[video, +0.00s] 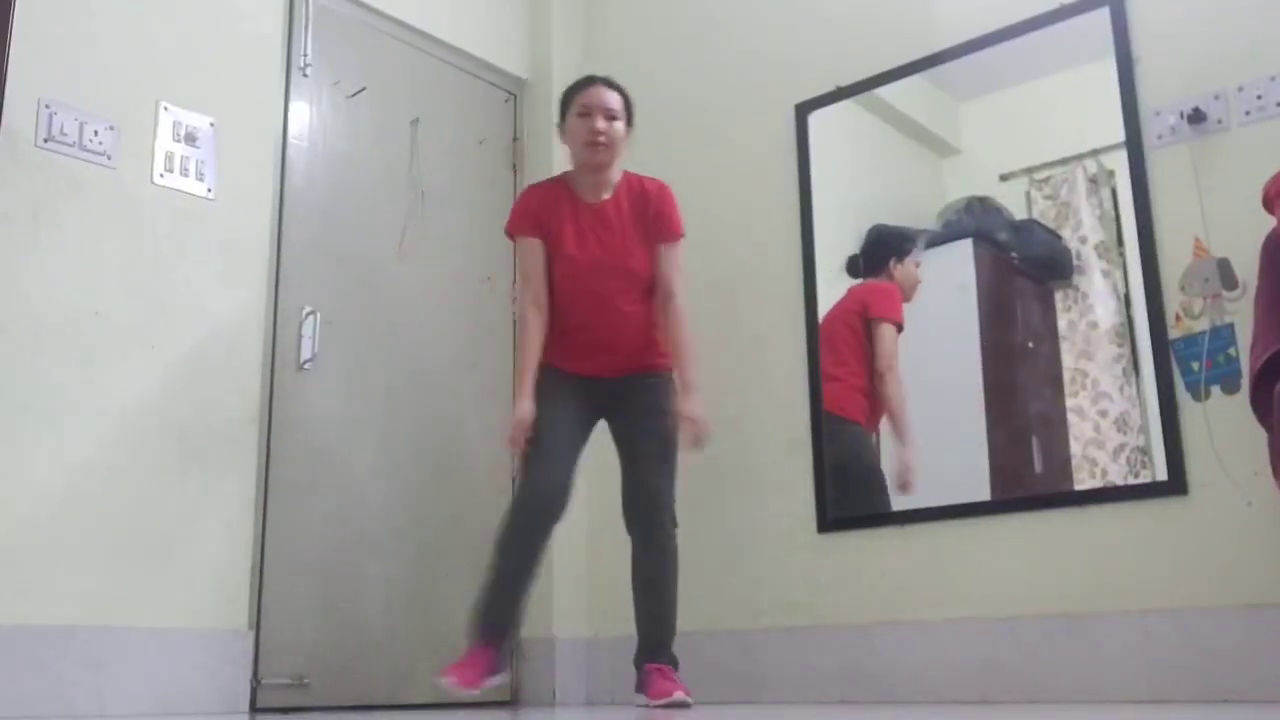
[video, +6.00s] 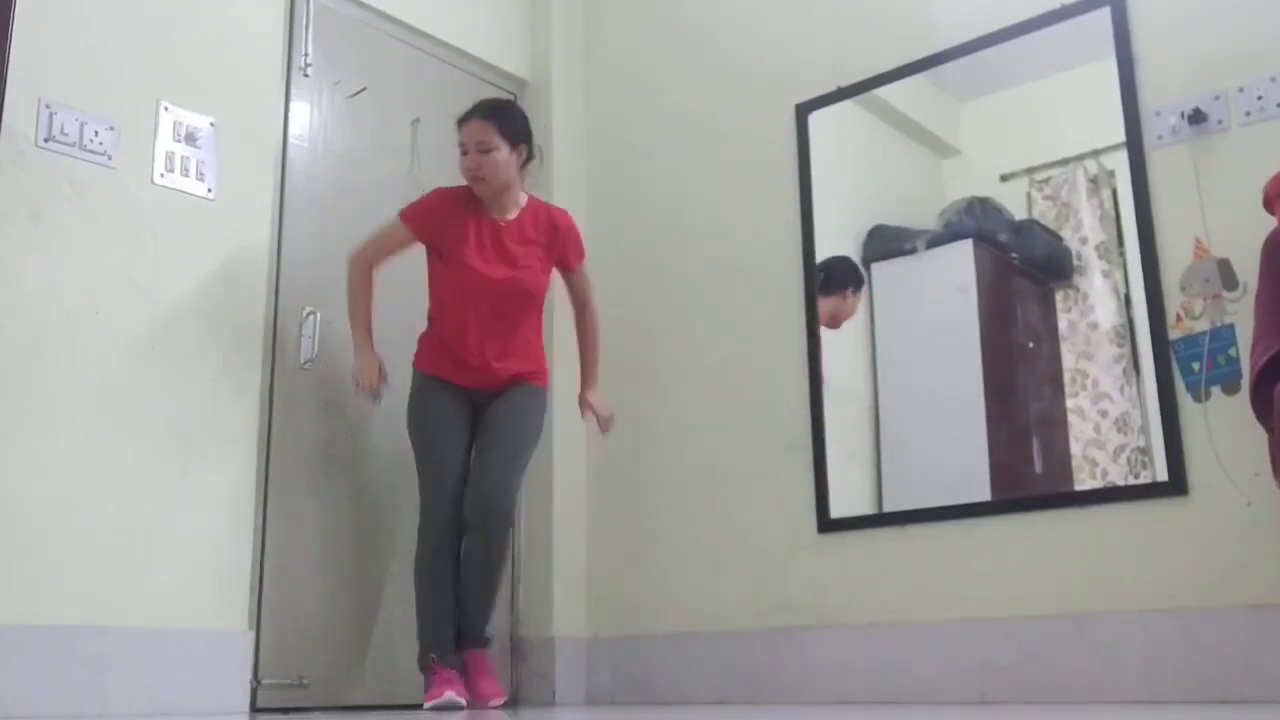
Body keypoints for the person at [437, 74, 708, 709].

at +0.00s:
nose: (600, 125)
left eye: (611, 116)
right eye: (587, 115)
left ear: (629, 133)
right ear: (563, 131)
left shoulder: (653, 200)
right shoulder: (538, 205)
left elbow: (670, 298)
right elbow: (533, 307)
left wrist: (688, 390)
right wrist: (524, 396)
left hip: (643, 378)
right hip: (564, 378)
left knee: (653, 514)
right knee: (539, 498)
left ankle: (658, 664)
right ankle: (488, 646)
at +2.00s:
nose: (528, 124)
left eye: (540, 117)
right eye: (515, 114)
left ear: (554, 137)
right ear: (491, 128)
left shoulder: (572, 198)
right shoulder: (461, 190)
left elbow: (590, 277)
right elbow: (469, 255)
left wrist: (559, 203)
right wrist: (533, 195)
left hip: (554, 376)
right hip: (475, 375)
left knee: (590, 517)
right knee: (457, 514)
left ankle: (641, 660)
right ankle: (428, 672)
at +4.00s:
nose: (503, 160)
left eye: (514, 151)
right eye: (490, 149)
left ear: (529, 167)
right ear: (467, 160)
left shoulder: (542, 237)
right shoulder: (432, 223)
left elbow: (559, 324)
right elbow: (384, 310)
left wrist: (557, 379)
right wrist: (411, 364)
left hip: (512, 388)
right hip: (437, 385)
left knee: (521, 484)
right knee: (436, 518)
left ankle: (507, 598)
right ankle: (428, 673)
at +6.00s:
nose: (471, 163)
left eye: (484, 151)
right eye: (464, 152)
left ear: (521, 154)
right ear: (460, 155)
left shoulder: (553, 226)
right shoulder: (442, 209)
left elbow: (583, 301)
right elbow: (362, 260)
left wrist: (590, 385)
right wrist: (363, 349)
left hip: (518, 384)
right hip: (443, 380)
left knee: (492, 506)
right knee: (441, 514)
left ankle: (474, 649)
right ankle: (439, 666)